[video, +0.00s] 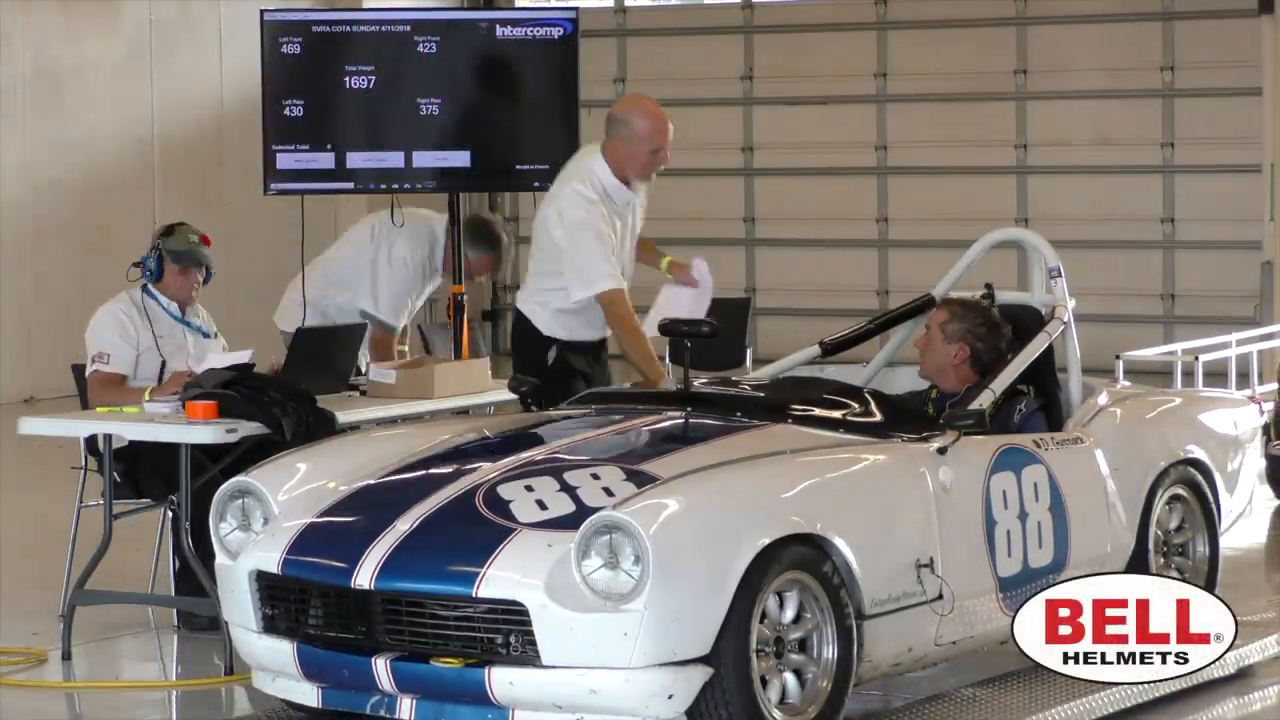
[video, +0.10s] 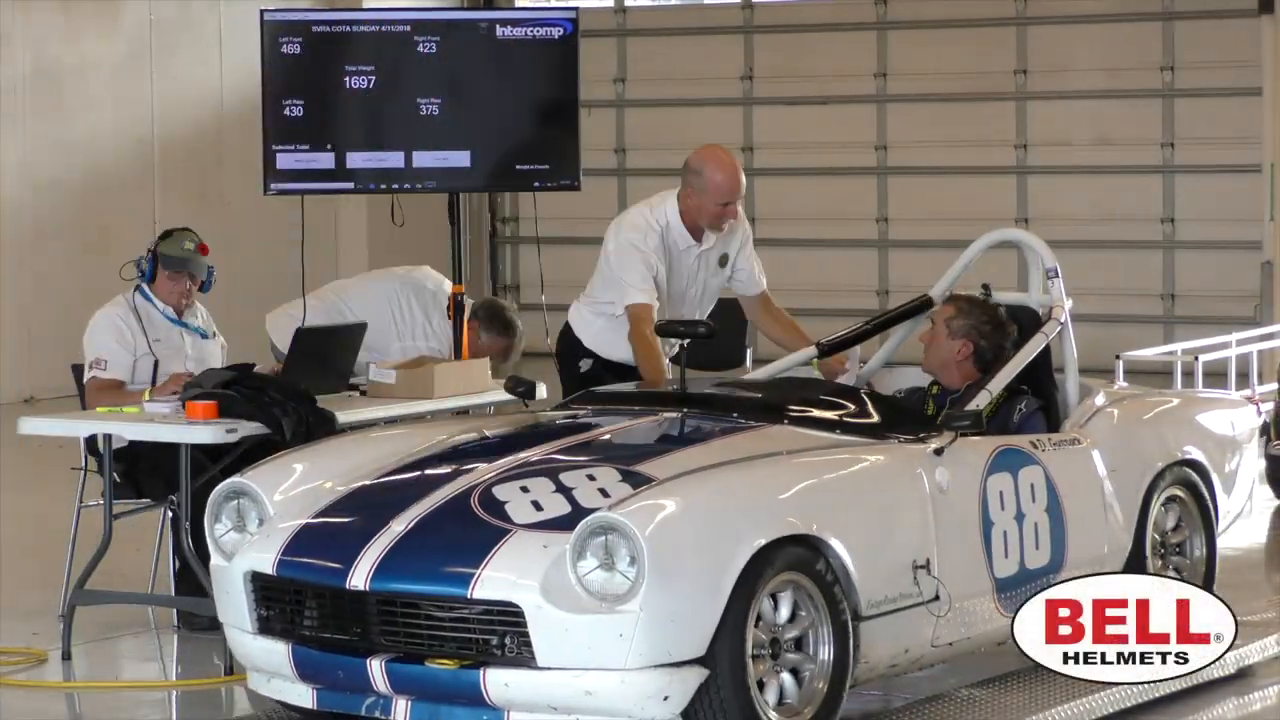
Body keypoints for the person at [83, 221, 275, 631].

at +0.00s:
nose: (196, 278)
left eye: (202, 269)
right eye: (186, 267)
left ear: (206, 274)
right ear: (159, 264)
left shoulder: (202, 319)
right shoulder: (118, 315)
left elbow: (222, 374)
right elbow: (99, 393)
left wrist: (262, 375)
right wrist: (158, 391)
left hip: (201, 443)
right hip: (138, 447)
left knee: (263, 469)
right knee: (204, 479)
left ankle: (250, 595)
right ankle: (196, 606)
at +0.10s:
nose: (186, 287)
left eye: (194, 278)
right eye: (176, 275)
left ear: (202, 281)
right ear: (152, 270)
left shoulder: (202, 319)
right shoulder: (115, 319)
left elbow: (217, 380)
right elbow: (97, 397)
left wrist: (259, 379)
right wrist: (153, 393)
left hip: (203, 442)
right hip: (139, 446)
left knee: (260, 471)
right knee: (204, 481)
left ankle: (247, 596)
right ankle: (196, 606)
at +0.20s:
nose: (183, 286)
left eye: (191, 278)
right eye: (171, 276)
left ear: (200, 280)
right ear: (150, 273)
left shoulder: (201, 316)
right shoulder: (113, 320)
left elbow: (214, 379)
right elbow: (96, 397)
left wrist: (253, 380)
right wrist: (153, 393)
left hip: (200, 442)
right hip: (137, 447)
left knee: (258, 469)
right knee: (201, 478)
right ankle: (195, 606)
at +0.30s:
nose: (205, 273)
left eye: (204, 265)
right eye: (197, 266)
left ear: (173, 272)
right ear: (169, 270)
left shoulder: (199, 318)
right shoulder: (115, 319)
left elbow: (212, 381)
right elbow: (98, 397)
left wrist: (255, 379)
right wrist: (153, 393)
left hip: (201, 442)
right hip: (140, 447)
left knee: (261, 469)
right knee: (201, 480)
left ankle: (247, 594)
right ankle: (194, 604)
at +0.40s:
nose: (201, 271)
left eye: (202, 262)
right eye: (193, 262)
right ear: (162, 265)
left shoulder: (197, 317)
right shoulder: (114, 317)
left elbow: (214, 377)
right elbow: (98, 396)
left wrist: (257, 379)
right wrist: (156, 392)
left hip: (197, 442)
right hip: (136, 447)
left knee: (262, 466)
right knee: (202, 477)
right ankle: (195, 605)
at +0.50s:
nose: (183, 283)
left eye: (190, 275)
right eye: (172, 273)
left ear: (198, 275)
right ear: (149, 268)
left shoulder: (199, 315)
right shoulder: (111, 317)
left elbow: (213, 380)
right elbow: (99, 396)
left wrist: (254, 379)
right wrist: (149, 393)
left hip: (198, 442)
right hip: (136, 447)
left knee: (255, 468)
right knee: (201, 477)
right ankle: (193, 603)